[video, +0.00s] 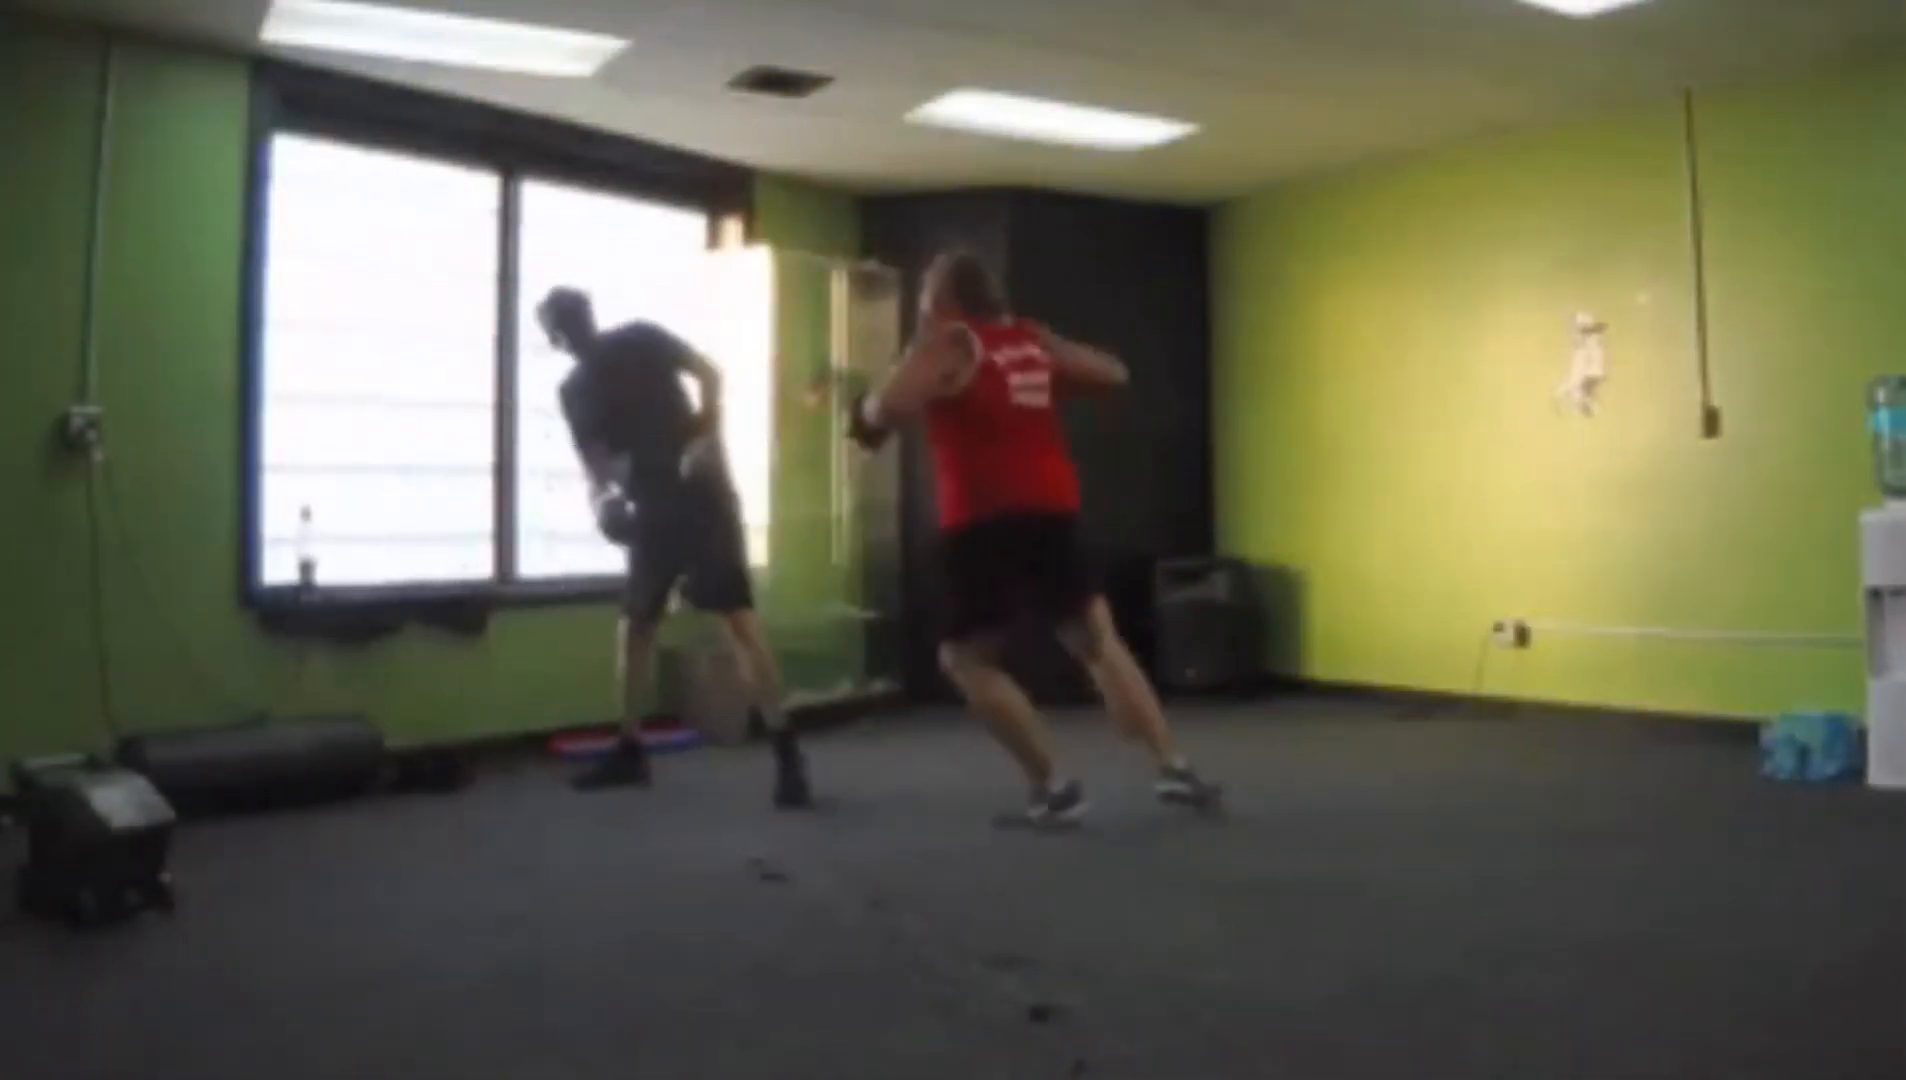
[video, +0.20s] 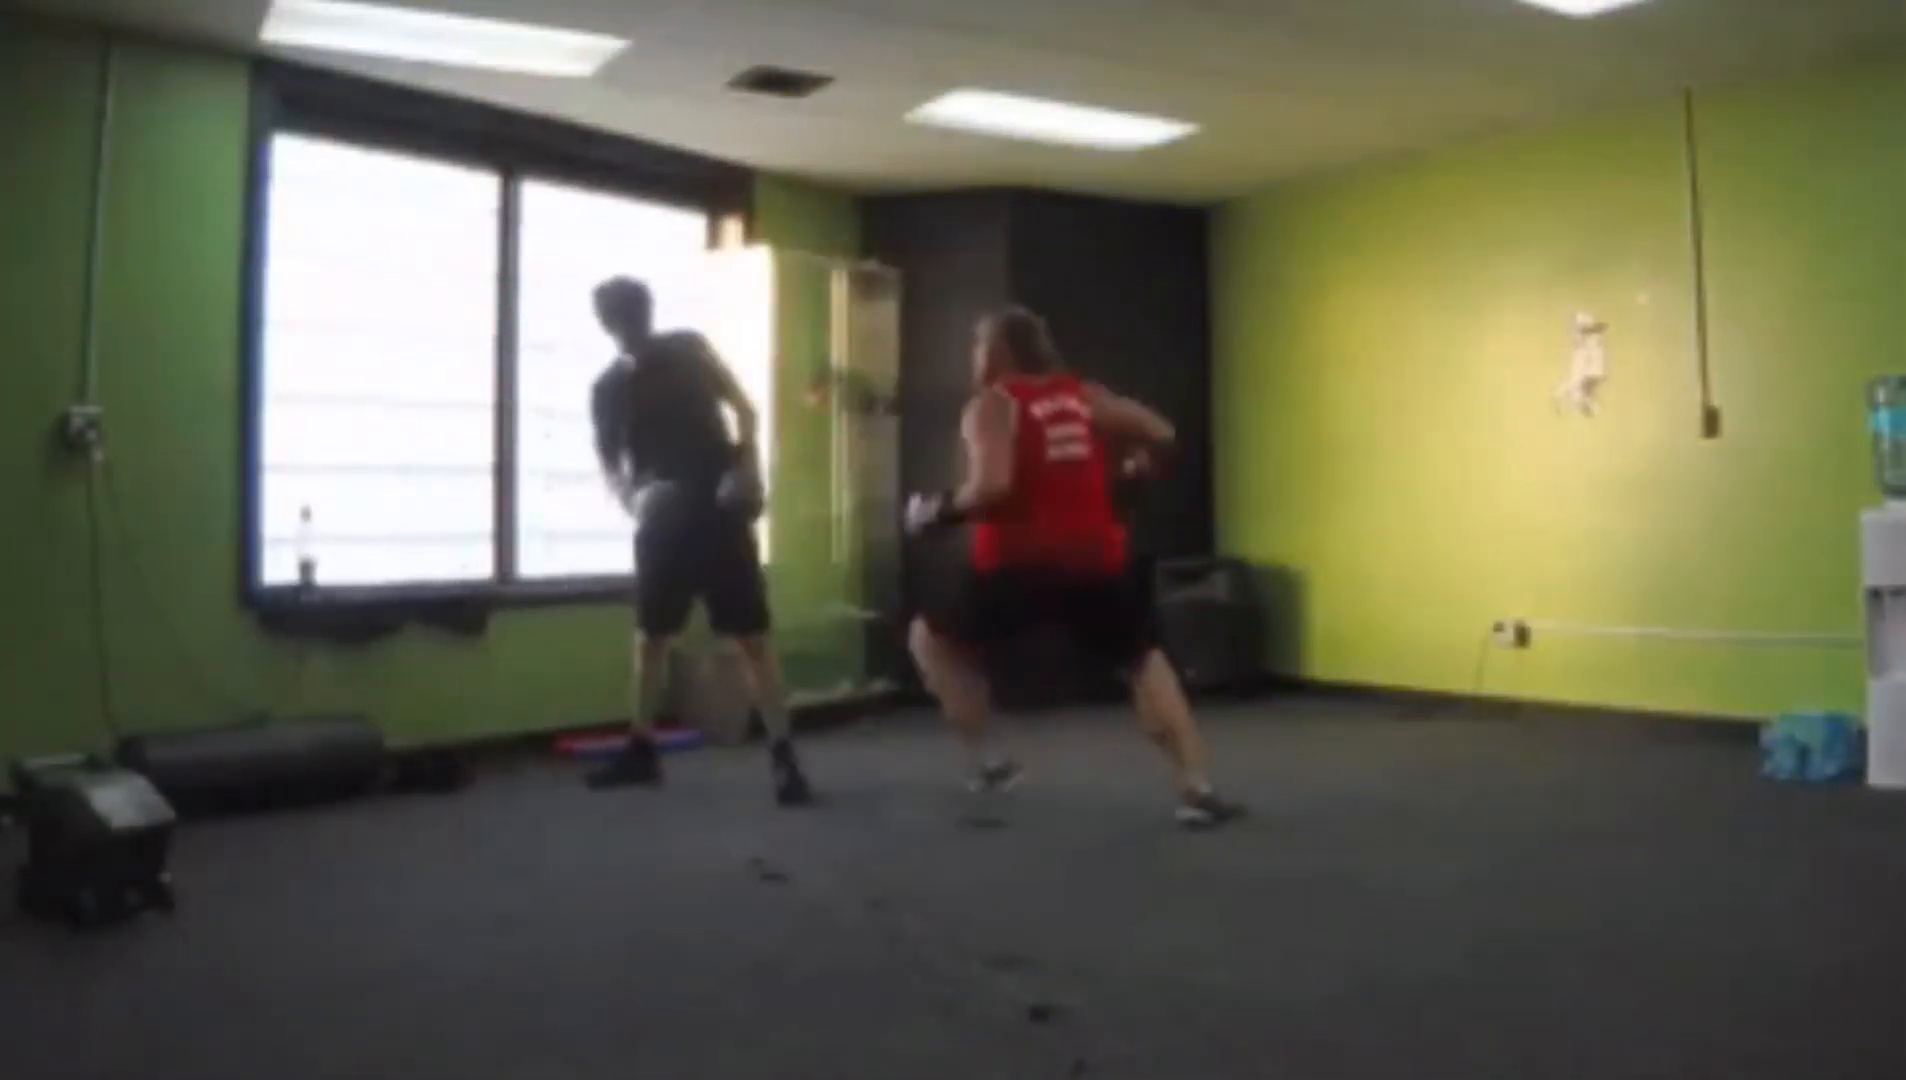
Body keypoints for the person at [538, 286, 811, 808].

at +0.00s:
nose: (565, 338)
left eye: (565, 327)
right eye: (558, 332)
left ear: (580, 319)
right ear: (558, 335)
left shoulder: (639, 339)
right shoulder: (574, 390)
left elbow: (708, 373)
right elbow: (595, 456)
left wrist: (708, 435)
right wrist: (604, 494)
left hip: (700, 483)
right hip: (648, 498)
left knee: (739, 618)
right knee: (636, 628)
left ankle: (785, 744)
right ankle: (629, 746)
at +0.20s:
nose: (626, 326)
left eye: (631, 313)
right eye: (615, 318)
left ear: (645, 311)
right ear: (605, 324)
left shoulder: (688, 349)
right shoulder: (610, 387)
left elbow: (743, 407)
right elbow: (609, 459)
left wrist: (748, 468)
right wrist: (630, 496)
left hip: (721, 497)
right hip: (663, 506)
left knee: (752, 635)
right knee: (651, 635)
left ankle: (784, 754)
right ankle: (641, 747)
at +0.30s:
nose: (645, 329)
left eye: (650, 315)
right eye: (633, 320)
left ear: (664, 310)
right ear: (622, 324)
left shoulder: (703, 347)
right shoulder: (620, 384)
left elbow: (759, 403)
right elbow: (622, 467)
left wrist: (750, 445)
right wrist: (649, 475)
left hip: (726, 504)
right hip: (669, 512)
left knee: (757, 635)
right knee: (643, 634)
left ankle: (785, 755)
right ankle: (639, 748)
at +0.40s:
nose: (651, 330)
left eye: (656, 317)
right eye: (638, 322)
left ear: (668, 313)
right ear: (627, 326)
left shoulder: (703, 350)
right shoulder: (623, 387)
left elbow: (765, 391)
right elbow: (624, 470)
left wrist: (755, 433)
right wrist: (665, 447)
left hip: (729, 508)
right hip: (672, 516)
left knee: (757, 638)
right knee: (630, 633)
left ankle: (784, 755)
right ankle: (620, 746)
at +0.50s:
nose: (643, 357)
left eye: (647, 343)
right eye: (630, 350)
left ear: (661, 333)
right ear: (618, 350)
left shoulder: (694, 363)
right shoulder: (618, 398)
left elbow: (760, 399)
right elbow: (627, 476)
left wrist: (759, 433)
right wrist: (675, 433)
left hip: (729, 524)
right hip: (669, 529)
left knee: (759, 644)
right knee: (620, 637)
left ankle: (783, 758)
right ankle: (583, 741)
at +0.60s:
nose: (630, 410)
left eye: (635, 399)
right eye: (619, 404)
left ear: (646, 384)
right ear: (608, 401)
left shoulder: (682, 395)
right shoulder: (610, 429)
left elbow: (748, 384)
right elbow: (623, 509)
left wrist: (768, 431)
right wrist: (674, 470)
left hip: (721, 543)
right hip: (662, 551)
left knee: (762, 649)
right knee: (614, 651)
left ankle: (783, 760)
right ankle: (564, 758)